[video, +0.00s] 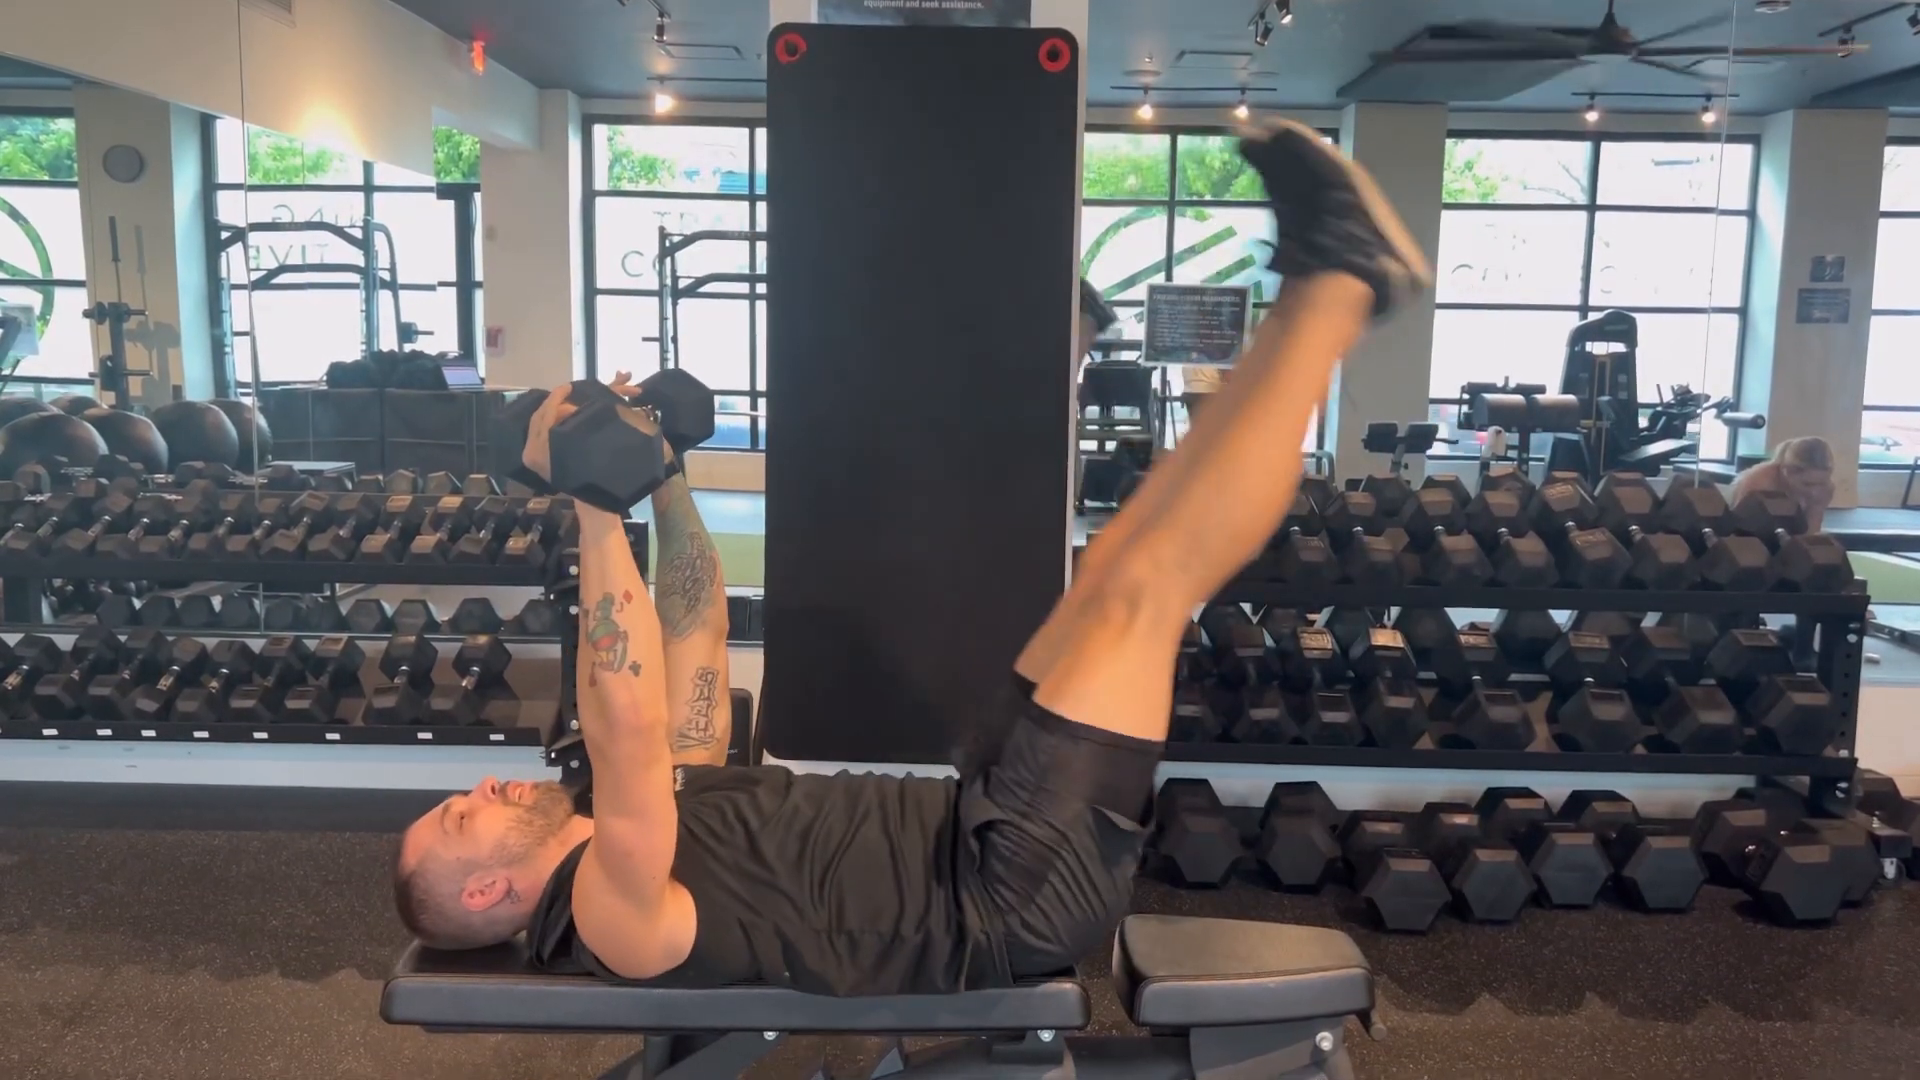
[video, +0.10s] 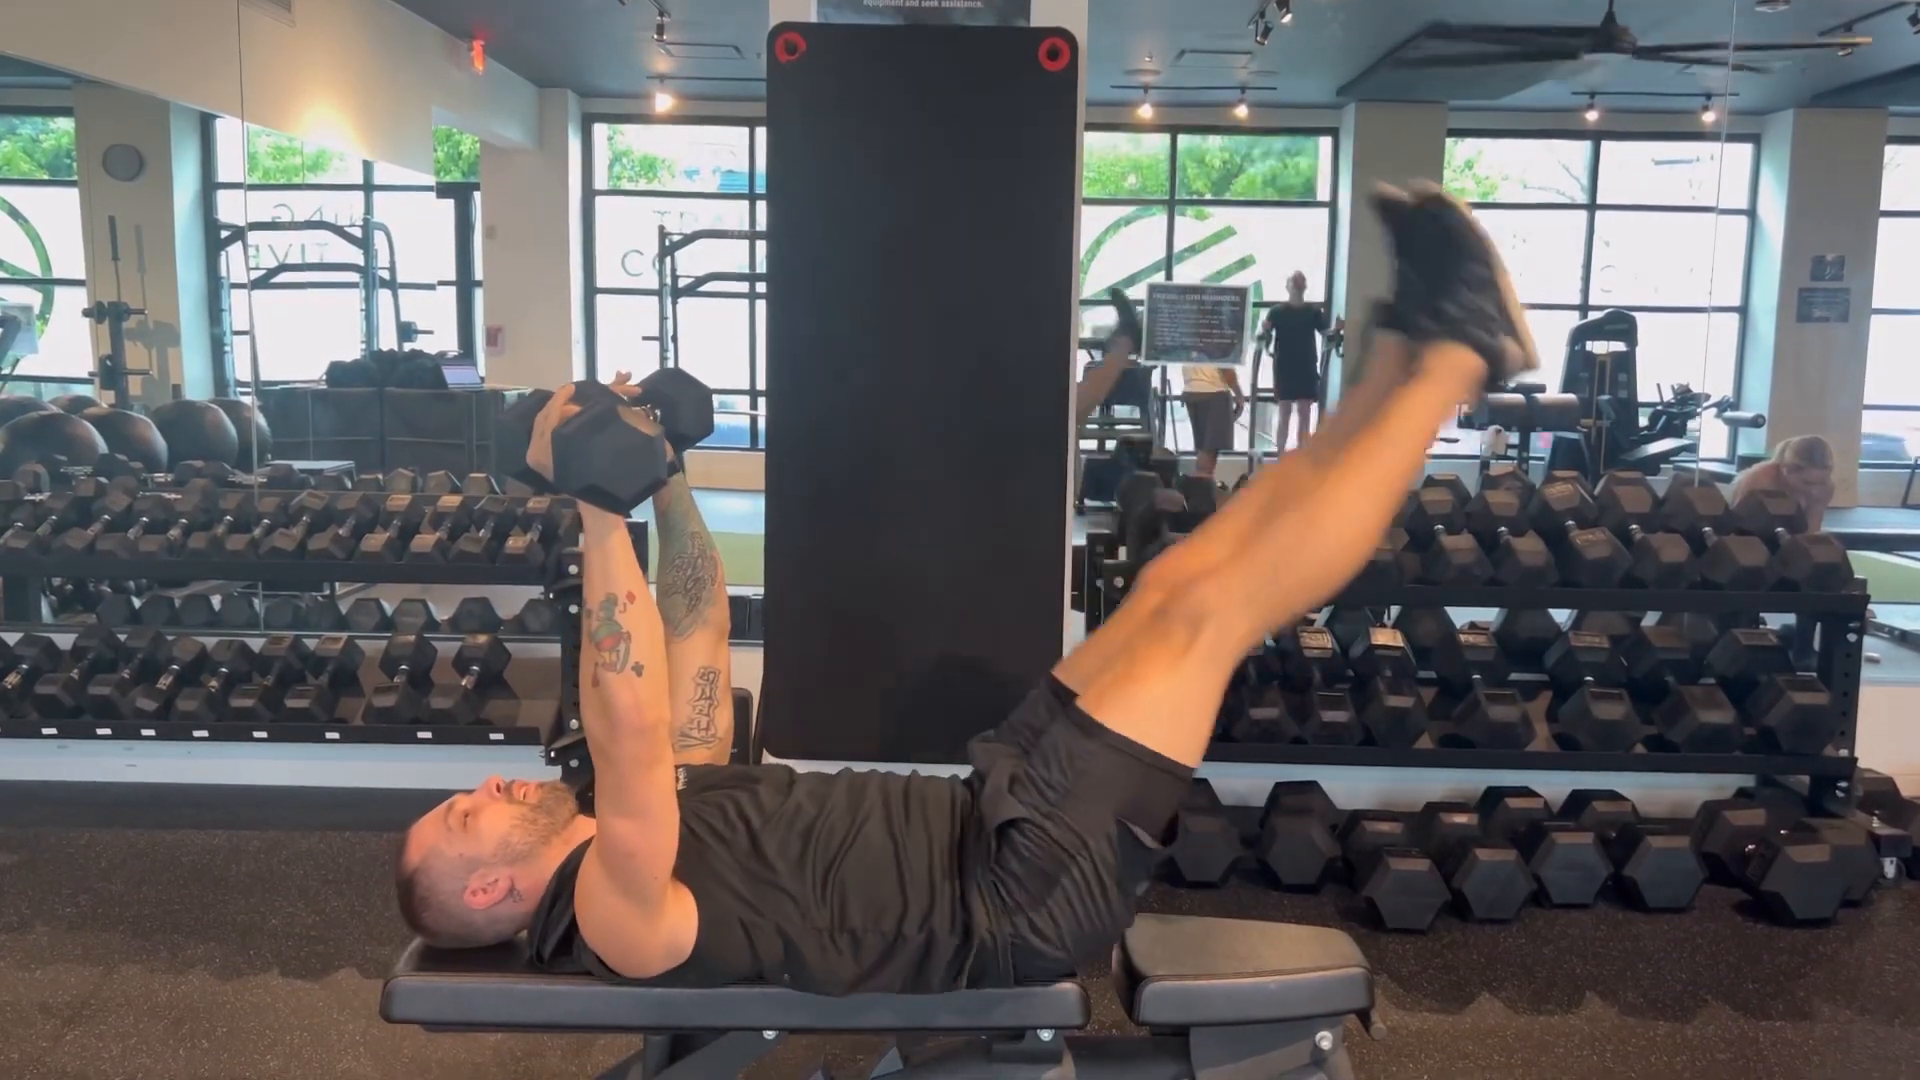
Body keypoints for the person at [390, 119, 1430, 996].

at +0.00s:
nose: (478, 791)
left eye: (458, 802)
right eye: (460, 830)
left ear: (499, 813)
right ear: (499, 889)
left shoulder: (628, 822)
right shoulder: (615, 897)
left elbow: (696, 659)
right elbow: (624, 679)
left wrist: (661, 485)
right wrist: (597, 508)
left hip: (977, 826)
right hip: (1005, 886)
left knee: (1123, 562)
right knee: (1142, 576)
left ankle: (1321, 285)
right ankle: (1340, 277)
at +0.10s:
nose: (503, 784)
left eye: (484, 792)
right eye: (479, 814)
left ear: (517, 837)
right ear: (503, 893)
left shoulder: (642, 830)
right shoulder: (623, 905)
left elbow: (695, 660)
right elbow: (626, 701)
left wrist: (668, 484)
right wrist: (600, 514)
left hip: (988, 814)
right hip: (1017, 891)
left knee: (1191, 581)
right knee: (1202, 599)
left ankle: (1410, 355)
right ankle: (1460, 357)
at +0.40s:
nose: (492, 794)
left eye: (473, 800)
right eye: (472, 826)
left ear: (523, 839)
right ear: (507, 901)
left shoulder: (640, 834)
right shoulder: (622, 903)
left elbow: (694, 662)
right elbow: (628, 704)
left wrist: (656, 494)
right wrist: (606, 520)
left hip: (1025, 799)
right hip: (1031, 871)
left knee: (1301, 700)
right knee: (1317, 721)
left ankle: (1626, 613)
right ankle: (1652, 642)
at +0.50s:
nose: (499, 789)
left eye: (478, 794)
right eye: (479, 818)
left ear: (530, 837)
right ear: (513, 894)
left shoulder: (646, 828)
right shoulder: (627, 898)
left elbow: (698, 663)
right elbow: (628, 694)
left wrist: (656, 495)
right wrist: (602, 512)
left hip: (1040, 798)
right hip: (1044, 871)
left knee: (1330, 732)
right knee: (1344, 760)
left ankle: (1656, 703)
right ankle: (1679, 718)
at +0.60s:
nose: (500, 787)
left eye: (479, 793)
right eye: (480, 815)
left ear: (531, 840)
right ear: (513, 888)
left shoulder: (651, 828)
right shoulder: (626, 891)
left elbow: (702, 657)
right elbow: (629, 684)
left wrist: (666, 490)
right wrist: (606, 507)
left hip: (1047, 801)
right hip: (1049, 870)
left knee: (1343, 760)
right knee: (1354, 790)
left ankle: (1670, 748)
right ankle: (1691, 772)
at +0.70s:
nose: (499, 790)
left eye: (478, 795)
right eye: (478, 819)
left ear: (530, 835)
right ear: (511, 891)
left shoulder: (645, 834)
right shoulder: (624, 896)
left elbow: (708, 674)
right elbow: (626, 689)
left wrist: (663, 501)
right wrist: (606, 509)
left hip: (1049, 798)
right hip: (1049, 872)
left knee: (1335, 770)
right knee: (1363, 825)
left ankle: (1660, 781)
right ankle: (1690, 814)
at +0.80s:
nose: (495, 796)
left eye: (476, 799)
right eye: (475, 831)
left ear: (532, 810)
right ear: (511, 899)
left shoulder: (649, 811)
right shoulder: (622, 903)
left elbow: (721, 664)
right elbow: (628, 699)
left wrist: (682, 507)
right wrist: (607, 524)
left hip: (1052, 799)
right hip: (1056, 881)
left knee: (1348, 782)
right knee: (1367, 836)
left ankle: (1668, 801)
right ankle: (1712, 841)